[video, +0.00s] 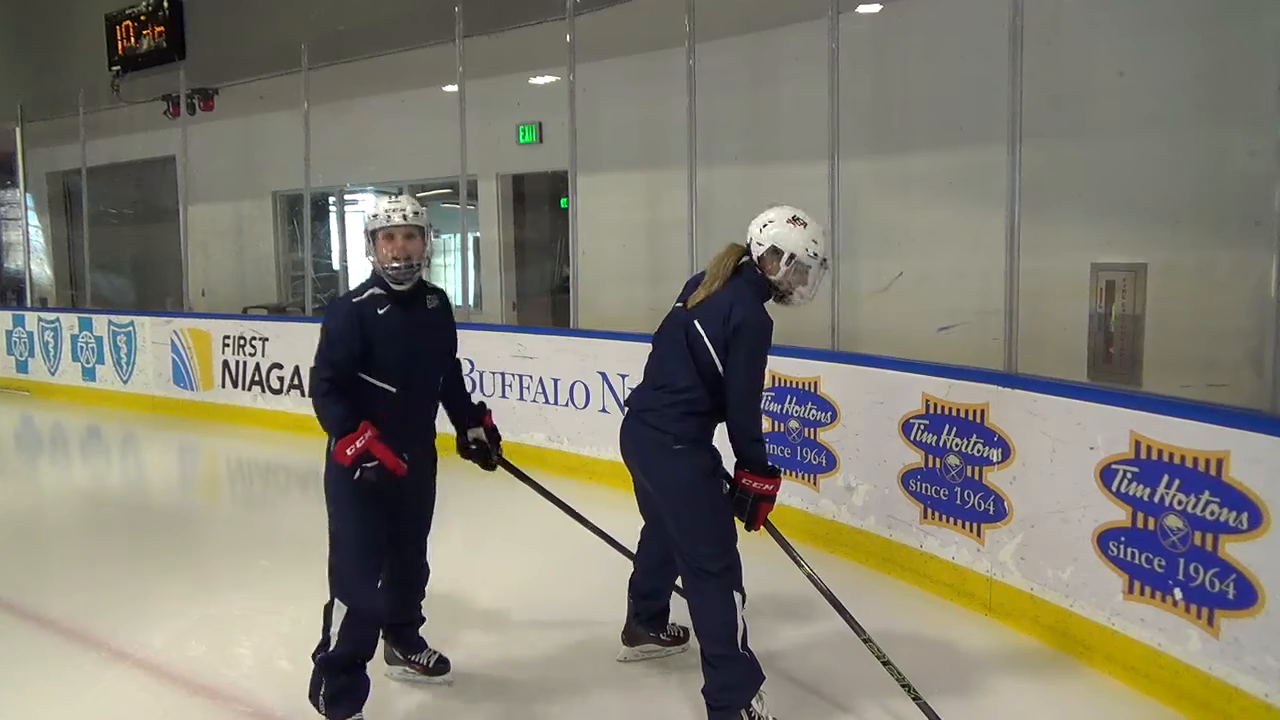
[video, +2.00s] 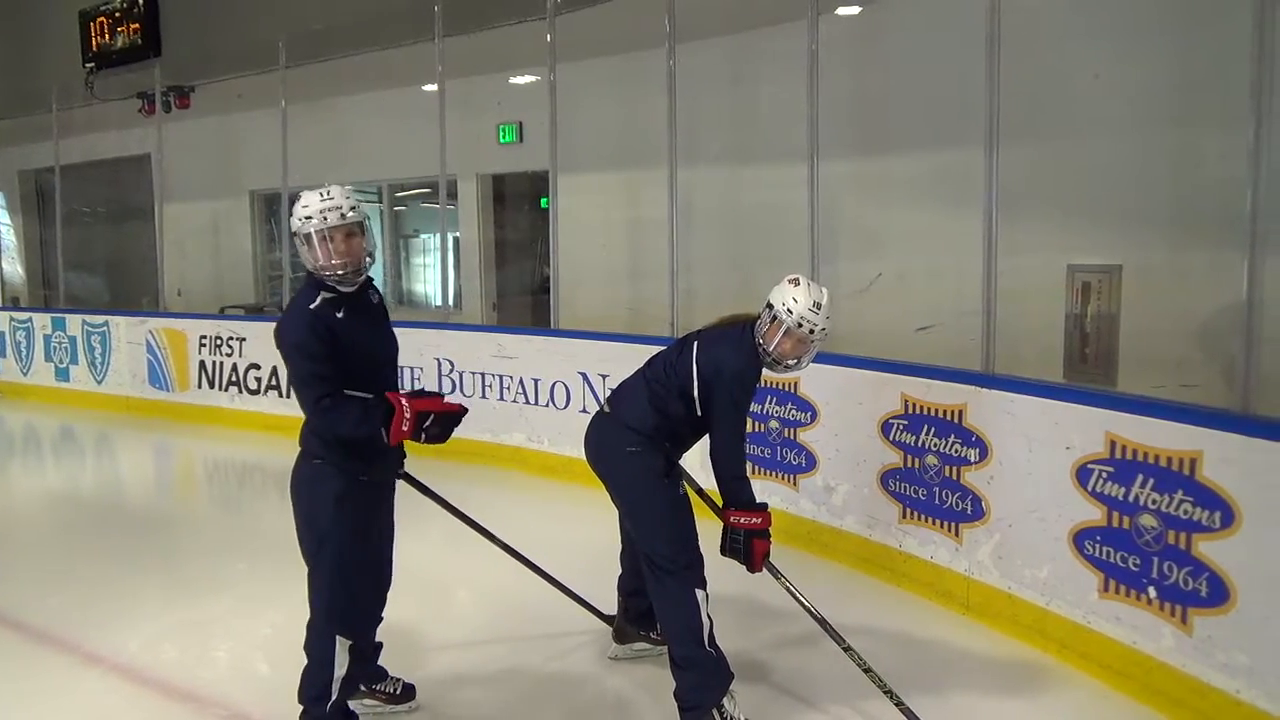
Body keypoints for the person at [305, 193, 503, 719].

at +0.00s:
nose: (401, 249)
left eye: (411, 238)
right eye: (390, 240)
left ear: (426, 244)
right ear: (374, 247)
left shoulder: (436, 307)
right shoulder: (350, 312)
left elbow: (447, 373)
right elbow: (327, 387)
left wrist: (472, 422)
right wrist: (356, 441)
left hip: (417, 458)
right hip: (360, 460)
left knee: (409, 558)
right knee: (359, 583)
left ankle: (402, 641)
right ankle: (339, 701)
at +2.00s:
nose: (339, 251)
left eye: (347, 237)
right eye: (325, 242)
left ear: (364, 240)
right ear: (309, 252)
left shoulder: (370, 299)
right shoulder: (304, 316)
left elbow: (380, 383)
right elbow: (321, 406)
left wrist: (420, 412)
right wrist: (393, 419)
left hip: (373, 465)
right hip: (328, 472)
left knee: (372, 575)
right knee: (331, 588)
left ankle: (363, 672)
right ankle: (319, 702)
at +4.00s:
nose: (390, 240)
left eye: (388, 229)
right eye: (379, 230)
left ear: (345, 236)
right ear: (352, 235)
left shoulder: (351, 292)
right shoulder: (345, 299)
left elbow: (355, 390)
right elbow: (345, 395)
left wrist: (390, 455)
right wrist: (407, 432)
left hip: (356, 470)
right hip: (333, 475)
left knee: (372, 576)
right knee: (335, 593)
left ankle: (369, 673)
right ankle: (300, 706)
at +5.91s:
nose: (360, 249)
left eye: (368, 237)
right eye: (346, 239)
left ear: (382, 242)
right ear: (324, 247)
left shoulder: (381, 306)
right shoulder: (313, 319)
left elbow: (395, 392)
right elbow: (325, 412)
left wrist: (425, 434)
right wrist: (399, 429)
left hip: (385, 469)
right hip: (337, 475)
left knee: (387, 578)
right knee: (345, 596)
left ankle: (376, 669)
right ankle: (322, 707)